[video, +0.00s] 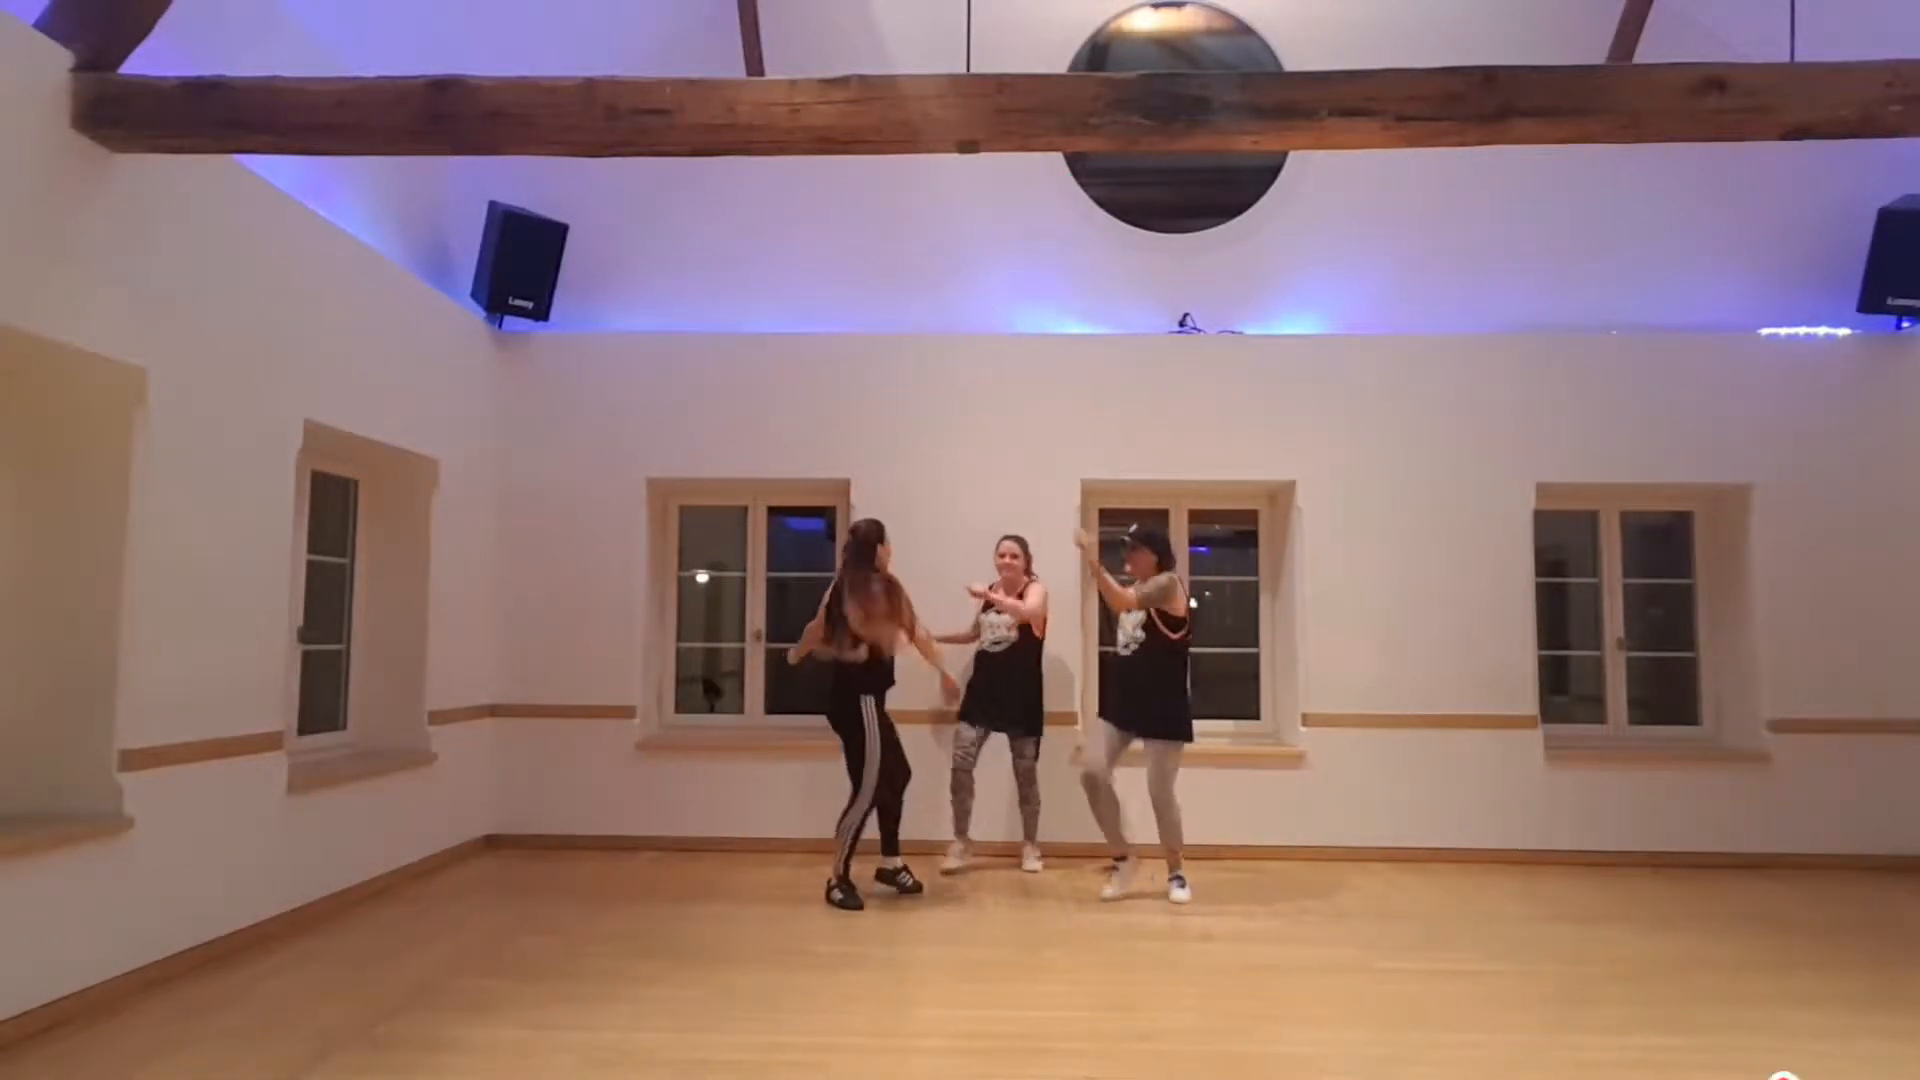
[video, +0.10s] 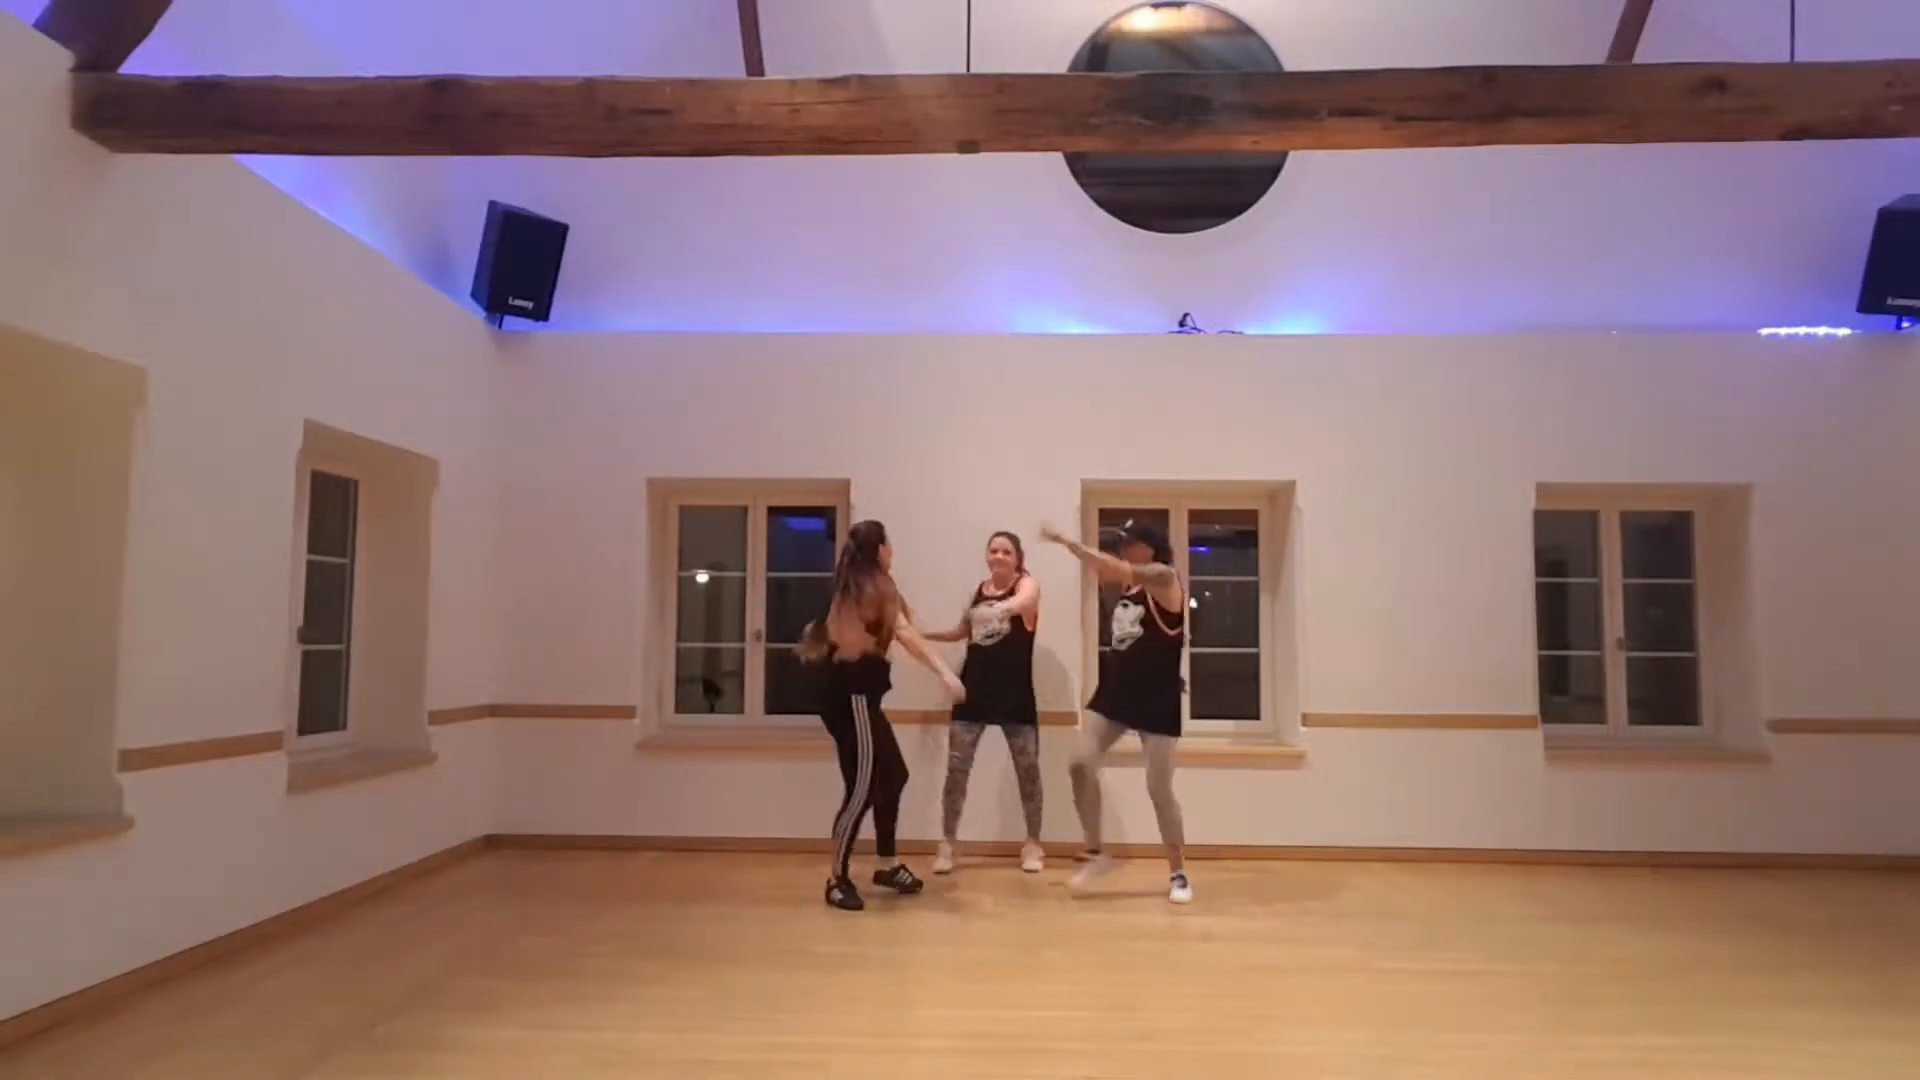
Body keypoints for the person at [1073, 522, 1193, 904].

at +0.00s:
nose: (1129, 558)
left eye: (1136, 551)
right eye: (1127, 551)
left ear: (1157, 555)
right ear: (1132, 558)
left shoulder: (1168, 584)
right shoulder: (1134, 589)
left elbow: (1124, 603)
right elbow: (1117, 603)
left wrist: (1095, 567)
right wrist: (1097, 572)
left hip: (1165, 710)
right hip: (1124, 706)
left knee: (1160, 790)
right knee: (1092, 773)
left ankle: (1176, 874)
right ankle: (1123, 859)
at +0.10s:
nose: (1124, 549)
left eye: (1132, 543)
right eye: (1124, 543)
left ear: (1152, 549)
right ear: (1127, 548)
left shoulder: (1164, 576)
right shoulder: (1123, 586)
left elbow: (1119, 570)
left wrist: (1068, 543)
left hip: (1157, 700)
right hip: (1115, 695)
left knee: (1159, 787)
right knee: (1081, 763)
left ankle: (1178, 875)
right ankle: (1096, 855)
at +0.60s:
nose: (1073, 568)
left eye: (1081, 563)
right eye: (1074, 562)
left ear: (1101, 572)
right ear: (1075, 567)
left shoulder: (1120, 608)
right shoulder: (1061, 595)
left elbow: (1140, 660)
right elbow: (1034, 634)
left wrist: (1160, 712)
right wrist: (1021, 630)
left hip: (1099, 714)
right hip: (1054, 711)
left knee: (1119, 792)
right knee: (1041, 788)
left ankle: (1163, 869)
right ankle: (1053, 867)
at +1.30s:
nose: (1059, 553)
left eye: (1067, 546)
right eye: (1055, 547)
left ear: (1082, 551)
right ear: (1049, 551)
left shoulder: (1093, 583)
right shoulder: (1041, 587)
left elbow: (1113, 611)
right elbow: (1001, 621)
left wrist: (1148, 587)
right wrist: (990, 675)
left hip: (1087, 695)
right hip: (1042, 699)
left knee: (1114, 767)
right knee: (1047, 786)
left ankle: (1110, 854)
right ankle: (1045, 866)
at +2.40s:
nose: (1071, 568)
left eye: (1078, 563)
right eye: (1070, 561)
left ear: (1098, 566)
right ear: (1070, 564)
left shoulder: (1119, 603)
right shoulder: (1058, 596)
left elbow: (1135, 653)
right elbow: (1043, 645)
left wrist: (1143, 693)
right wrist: (1034, 691)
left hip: (1110, 709)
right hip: (1060, 708)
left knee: (1123, 789)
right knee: (1049, 787)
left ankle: (1138, 863)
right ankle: (1044, 863)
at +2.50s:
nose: (1069, 556)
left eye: (1077, 551)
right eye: (1068, 550)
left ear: (1095, 555)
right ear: (1065, 554)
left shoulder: (1114, 594)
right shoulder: (1049, 587)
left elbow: (1133, 637)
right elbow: (1031, 635)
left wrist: (1163, 672)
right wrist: (1018, 679)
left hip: (1101, 697)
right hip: (1052, 698)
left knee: (1111, 780)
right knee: (1045, 783)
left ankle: (1118, 860)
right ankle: (1042, 863)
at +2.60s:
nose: (1071, 553)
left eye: (1079, 547)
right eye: (1068, 546)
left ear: (1095, 553)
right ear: (1063, 551)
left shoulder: (1110, 592)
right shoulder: (1044, 587)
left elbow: (1137, 619)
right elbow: (1016, 635)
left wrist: (1181, 629)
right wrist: (1001, 688)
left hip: (1097, 695)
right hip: (1048, 695)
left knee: (1094, 775)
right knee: (1042, 781)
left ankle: (1084, 858)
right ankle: (1041, 862)